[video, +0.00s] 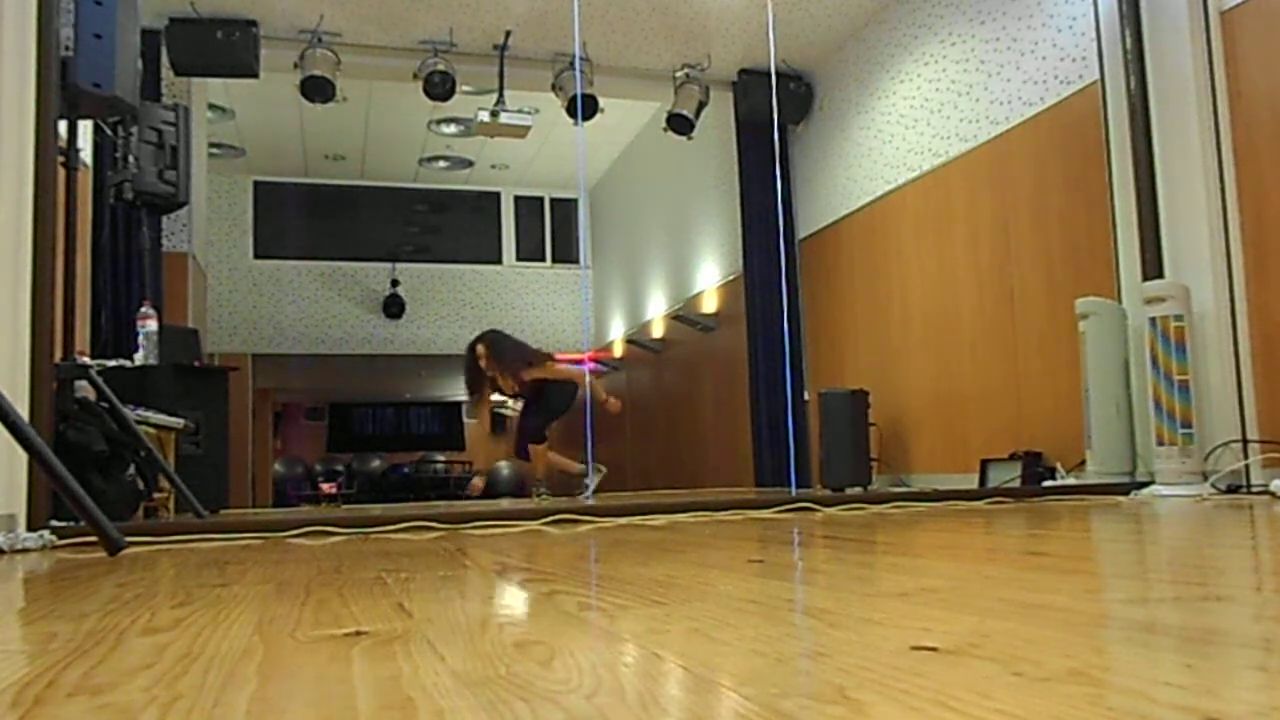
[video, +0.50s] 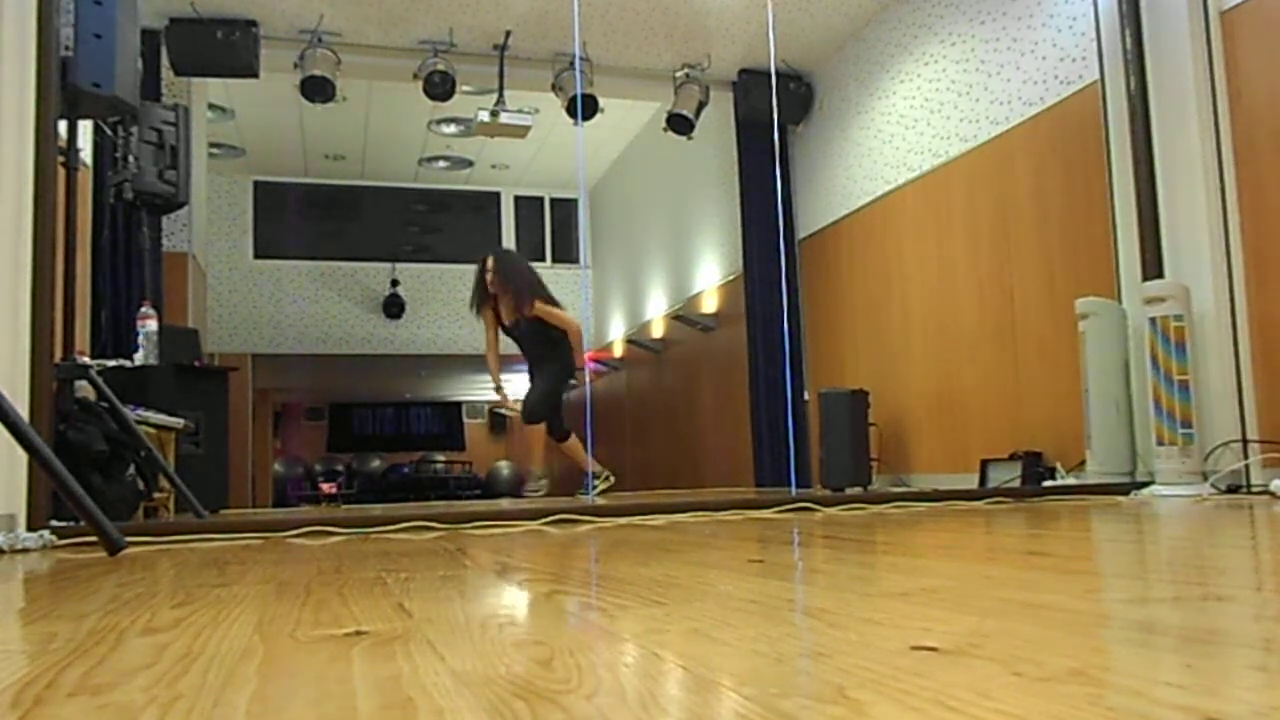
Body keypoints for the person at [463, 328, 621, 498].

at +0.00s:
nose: (483, 363)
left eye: (486, 357)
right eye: (480, 358)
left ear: (500, 354)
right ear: (477, 361)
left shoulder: (527, 370)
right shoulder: (490, 380)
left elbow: (581, 375)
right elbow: (483, 427)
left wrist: (604, 399)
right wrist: (481, 472)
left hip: (559, 389)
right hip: (535, 396)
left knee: (534, 431)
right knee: (524, 451)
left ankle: (539, 486)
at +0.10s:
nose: (483, 352)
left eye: (486, 346)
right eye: (479, 347)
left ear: (500, 343)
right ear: (477, 350)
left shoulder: (526, 360)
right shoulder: (490, 373)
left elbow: (577, 360)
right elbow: (492, 410)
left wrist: (597, 376)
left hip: (567, 379)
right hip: (542, 388)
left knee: (540, 428)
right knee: (533, 443)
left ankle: (540, 484)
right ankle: (590, 472)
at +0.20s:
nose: (483, 336)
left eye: (486, 330)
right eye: (480, 331)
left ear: (500, 328)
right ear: (477, 334)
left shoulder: (527, 347)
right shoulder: (493, 359)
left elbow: (575, 349)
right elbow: (502, 397)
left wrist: (592, 367)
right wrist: (515, 430)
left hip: (568, 374)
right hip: (546, 379)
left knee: (545, 431)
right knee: (543, 436)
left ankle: (541, 486)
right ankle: (594, 472)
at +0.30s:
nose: (485, 315)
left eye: (489, 309)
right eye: (482, 310)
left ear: (503, 309)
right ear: (480, 313)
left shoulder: (529, 332)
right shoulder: (495, 340)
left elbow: (577, 339)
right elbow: (503, 376)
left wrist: (592, 364)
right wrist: (518, 407)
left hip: (569, 364)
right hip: (547, 370)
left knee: (548, 422)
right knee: (551, 427)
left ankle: (545, 483)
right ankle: (597, 473)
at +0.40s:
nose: (488, 296)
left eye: (493, 290)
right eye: (486, 290)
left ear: (508, 291)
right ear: (483, 293)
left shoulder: (531, 316)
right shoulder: (496, 321)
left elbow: (577, 331)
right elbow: (498, 361)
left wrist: (590, 365)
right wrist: (513, 397)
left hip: (567, 360)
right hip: (544, 368)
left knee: (540, 410)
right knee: (555, 430)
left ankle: (551, 472)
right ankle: (598, 473)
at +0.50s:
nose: (490, 279)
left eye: (496, 273)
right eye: (487, 272)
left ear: (511, 276)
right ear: (482, 276)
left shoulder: (530, 304)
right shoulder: (491, 308)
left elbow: (573, 326)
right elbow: (492, 349)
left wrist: (580, 364)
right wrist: (498, 383)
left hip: (560, 363)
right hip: (537, 367)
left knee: (532, 411)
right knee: (556, 429)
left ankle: (537, 476)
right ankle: (597, 472)